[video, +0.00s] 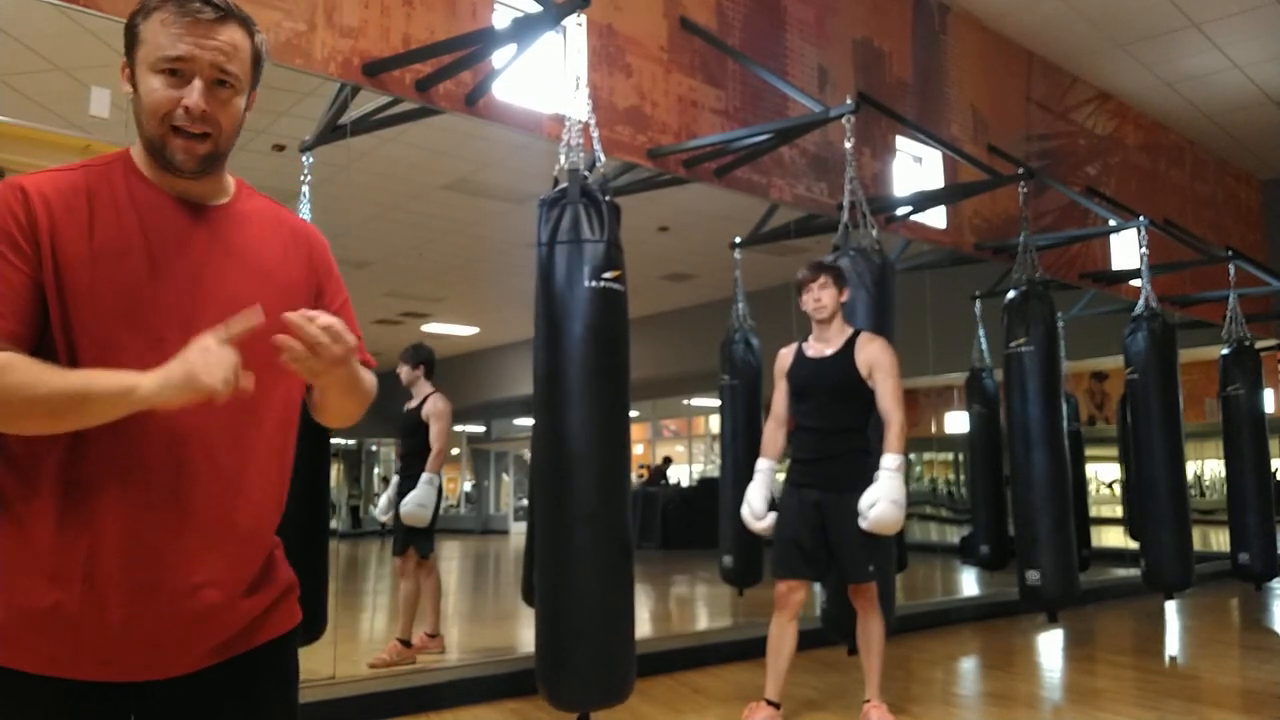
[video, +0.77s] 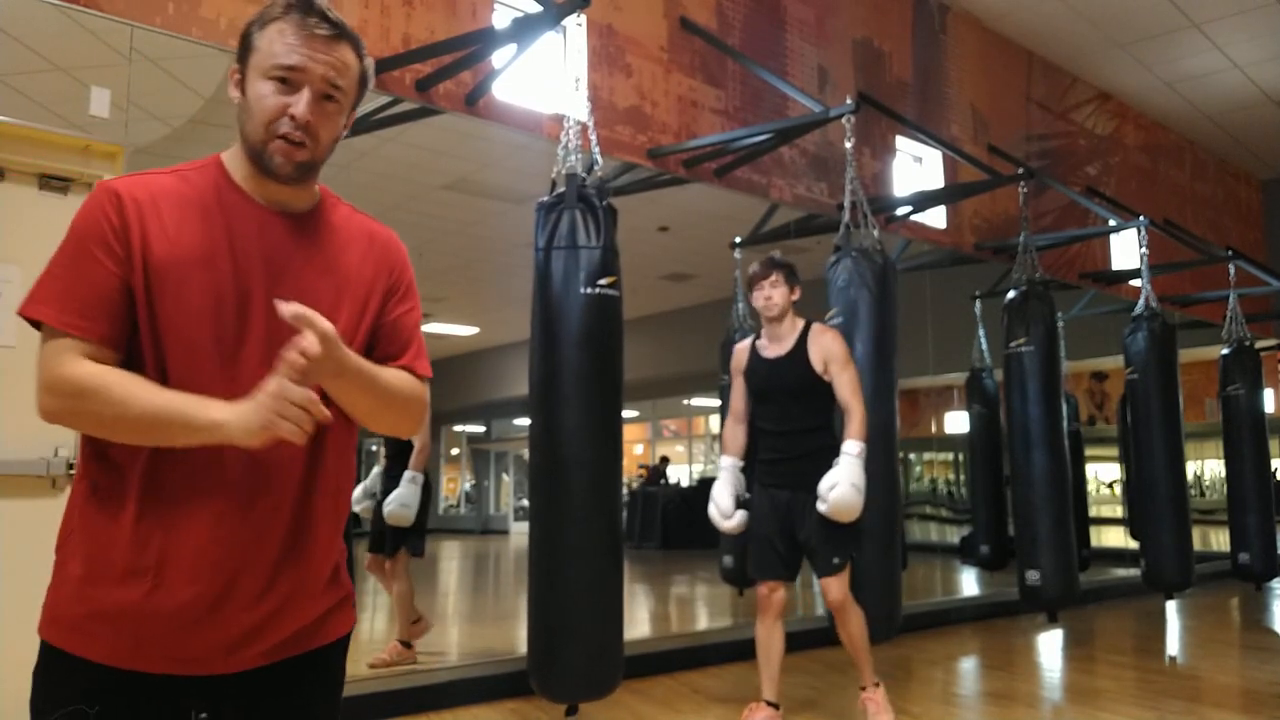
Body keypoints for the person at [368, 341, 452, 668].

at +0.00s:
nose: (398, 372)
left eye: (402, 366)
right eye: (399, 367)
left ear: (419, 369)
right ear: (415, 370)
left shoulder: (437, 402)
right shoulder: (411, 403)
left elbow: (439, 449)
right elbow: (406, 454)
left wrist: (425, 489)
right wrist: (391, 491)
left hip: (421, 484)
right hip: (407, 482)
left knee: (405, 564)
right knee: (424, 563)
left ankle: (403, 641)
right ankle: (432, 634)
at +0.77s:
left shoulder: (417, 392)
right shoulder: (391, 399)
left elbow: (422, 444)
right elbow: (389, 452)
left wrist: (409, 485)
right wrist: (371, 484)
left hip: (407, 481)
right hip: (389, 482)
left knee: (397, 566)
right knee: (374, 563)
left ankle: (403, 643)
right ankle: (414, 619)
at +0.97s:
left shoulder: (404, 393)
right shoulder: (380, 394)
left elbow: (408, 445)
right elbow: (385, 451)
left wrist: (396, 484)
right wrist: (368, 482)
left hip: (401, 479)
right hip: (384, 478)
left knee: (393, 563)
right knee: (370, 562)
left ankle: (403, 644)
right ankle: (383, 632)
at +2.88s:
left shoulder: (417, 398)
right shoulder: (355, 394)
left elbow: (433, 447)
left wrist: (414, 462)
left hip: (395, 487)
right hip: (358, 485)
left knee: (382, 567)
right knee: (345, 566)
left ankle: (391, 642)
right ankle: (338, 639)